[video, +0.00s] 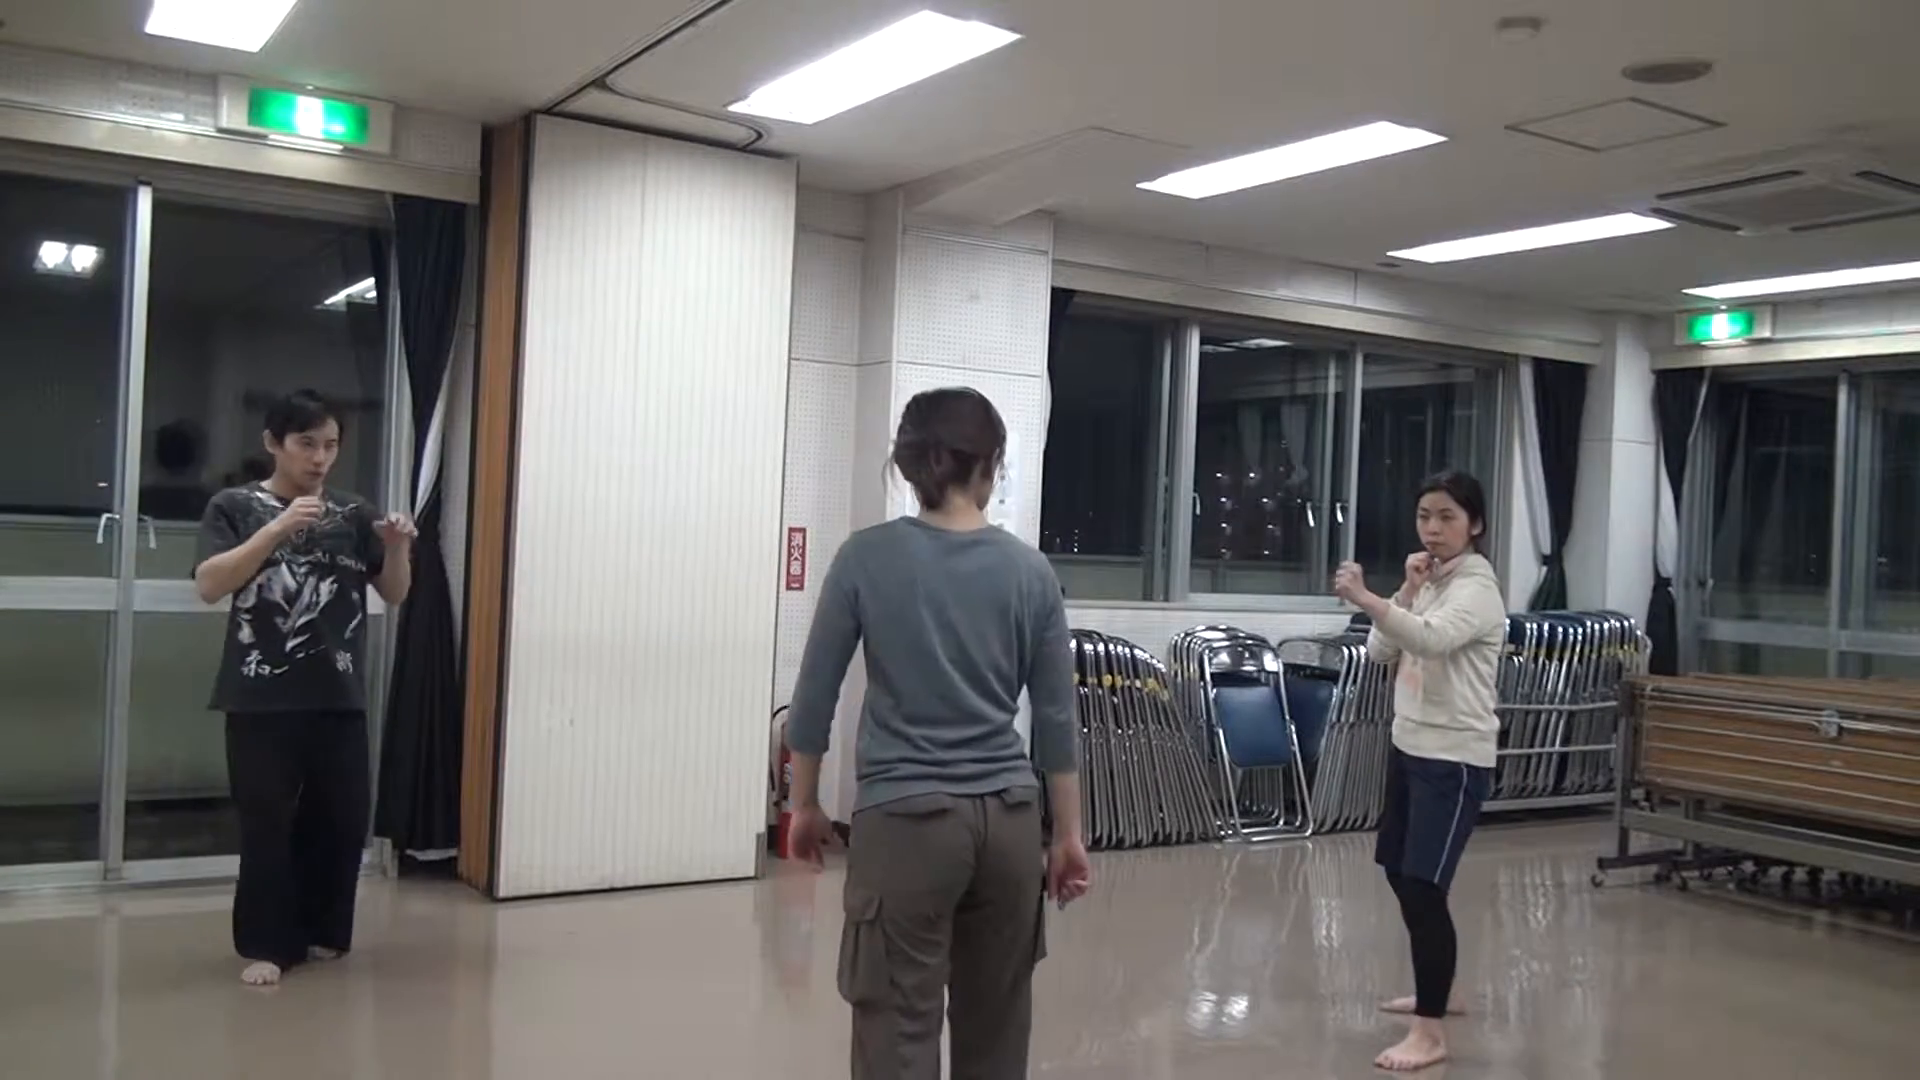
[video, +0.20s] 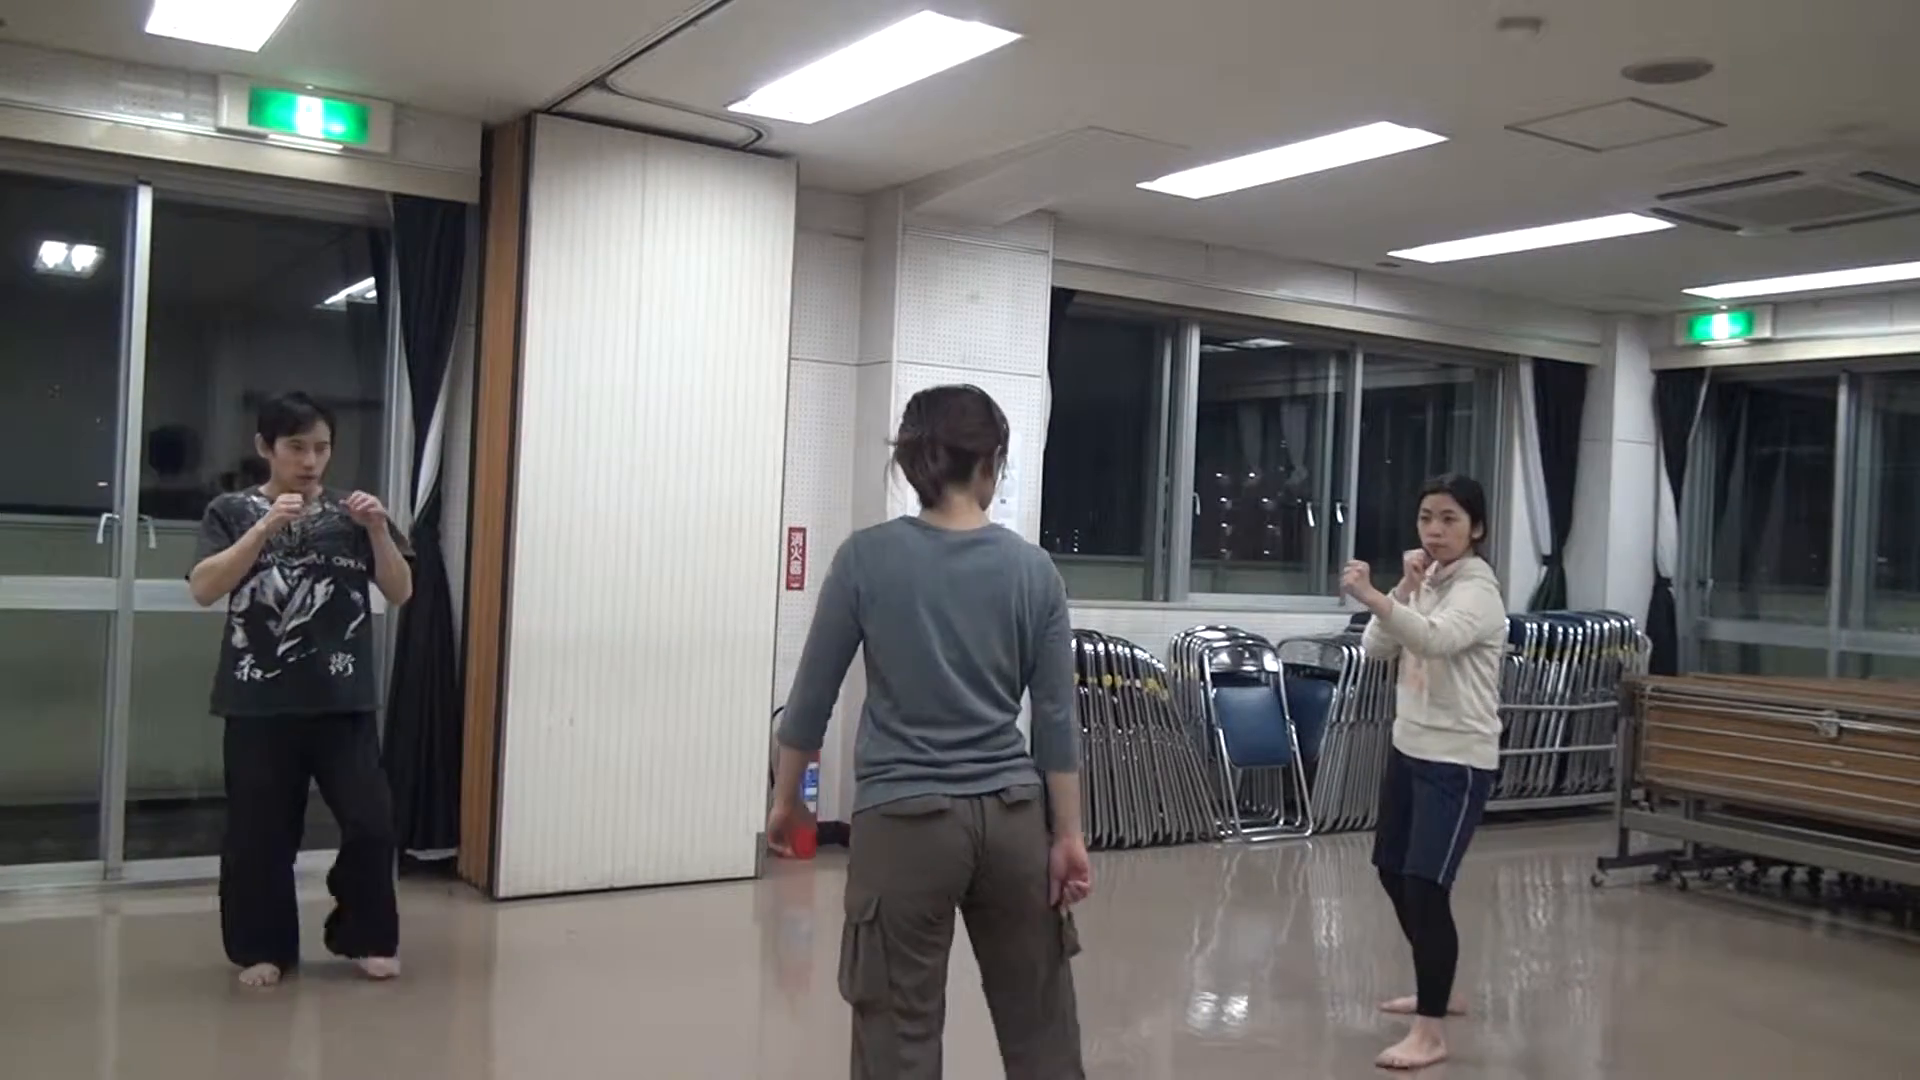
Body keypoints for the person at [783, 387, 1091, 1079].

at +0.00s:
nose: (994, 471)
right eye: (993, 458)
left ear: (906, 467)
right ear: (990, 463)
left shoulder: (865, 556)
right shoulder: (1030, 569)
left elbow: (815, 694)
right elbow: (1056, 713)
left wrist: (803, 805)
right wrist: (1069, 834)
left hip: (903, 829)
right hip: (1013, 829)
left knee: (898, 1031)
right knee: (995, 1033)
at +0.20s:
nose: (999, 468)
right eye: (1000, 456)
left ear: (909, 463)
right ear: (994, 461)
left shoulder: (866, 557)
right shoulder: (1033, 570)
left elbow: (812, 697)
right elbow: (1054, 713)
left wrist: (783, 801)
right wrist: (1069, 833)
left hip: (903, 831)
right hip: (1017, 829)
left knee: (899, 1033)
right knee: (1041, 1028)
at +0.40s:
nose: (1014, 469)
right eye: (1014, 457)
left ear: (924, 465)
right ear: (1009, 464)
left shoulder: (885, 562)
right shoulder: (1051, 568)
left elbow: (831, 696)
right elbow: (1078, 707)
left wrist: (805, 799)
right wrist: (1093, 828)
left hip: (919, 829)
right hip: (1036, 826)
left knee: (910, 1026)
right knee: (1068, 1022)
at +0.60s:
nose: (957, 472)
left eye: (959, 460)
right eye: (960, 460)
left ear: (968, 468)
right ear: (1048, 470)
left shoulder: (932, 569)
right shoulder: (1091, 571)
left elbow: (883, 704)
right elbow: (1118, 705)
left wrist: (860, 812)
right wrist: (1127, 824)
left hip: (961, 828)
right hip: (1073, 827)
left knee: (933, 1029)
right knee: (1088, 1029)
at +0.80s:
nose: (1008, 479)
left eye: (1011, 463)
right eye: (1009, 463)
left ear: (1030, 467)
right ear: (1093, 468)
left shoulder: (987, 567)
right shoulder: (1143, 571)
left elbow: (950, 705)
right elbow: (1165, 707)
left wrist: (924, 816)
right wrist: (1171, 822)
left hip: (1014, 820)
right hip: (1123, 821)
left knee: (963, 1012)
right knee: (1116, 1024)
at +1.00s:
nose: (1043, 479)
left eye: (1047, 463)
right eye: (1045, 463)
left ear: (1071, 467)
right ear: (1131, 470)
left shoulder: (1026, 564)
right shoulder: (1181, 574)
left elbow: (993, 699)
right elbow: (1204, 706)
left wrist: (960, 818)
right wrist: (1207, 820)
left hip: (1041, 818)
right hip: (1151, 823)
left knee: (967, 1007)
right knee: (1132, 1027)